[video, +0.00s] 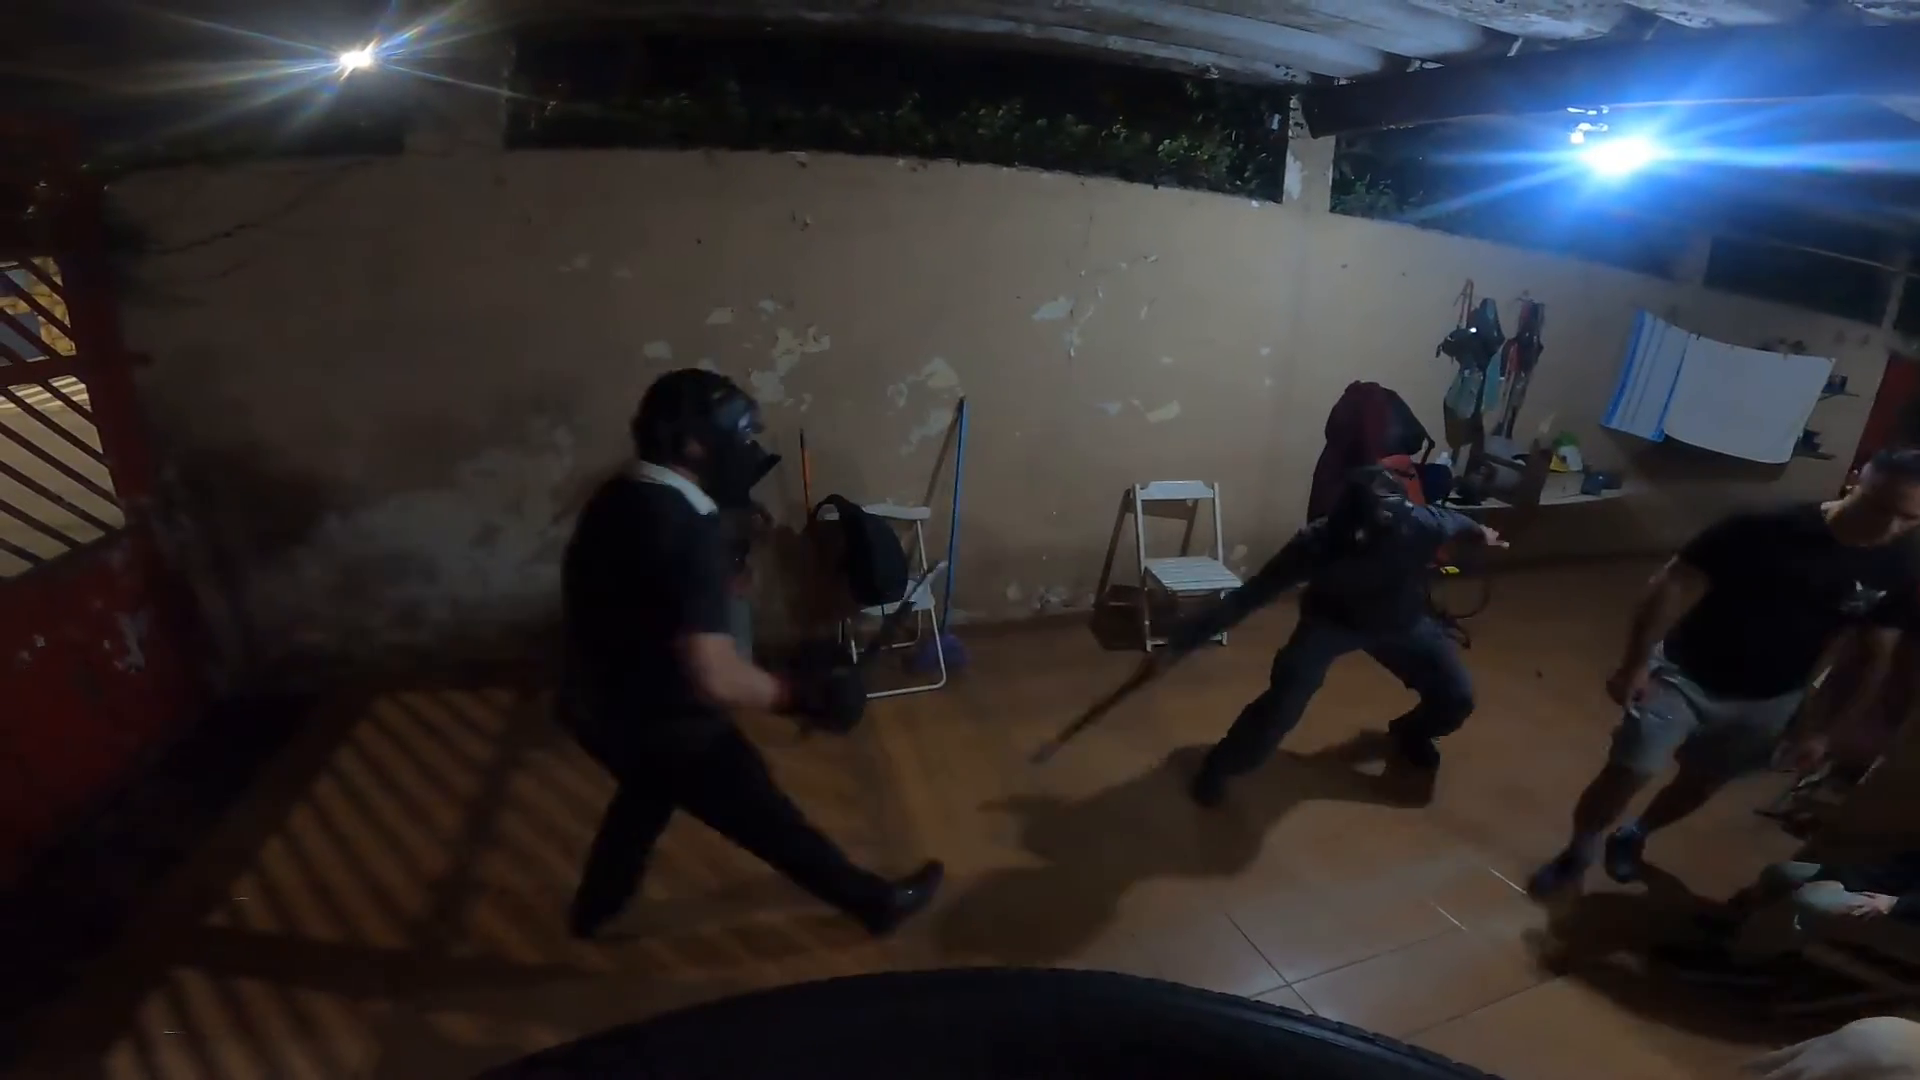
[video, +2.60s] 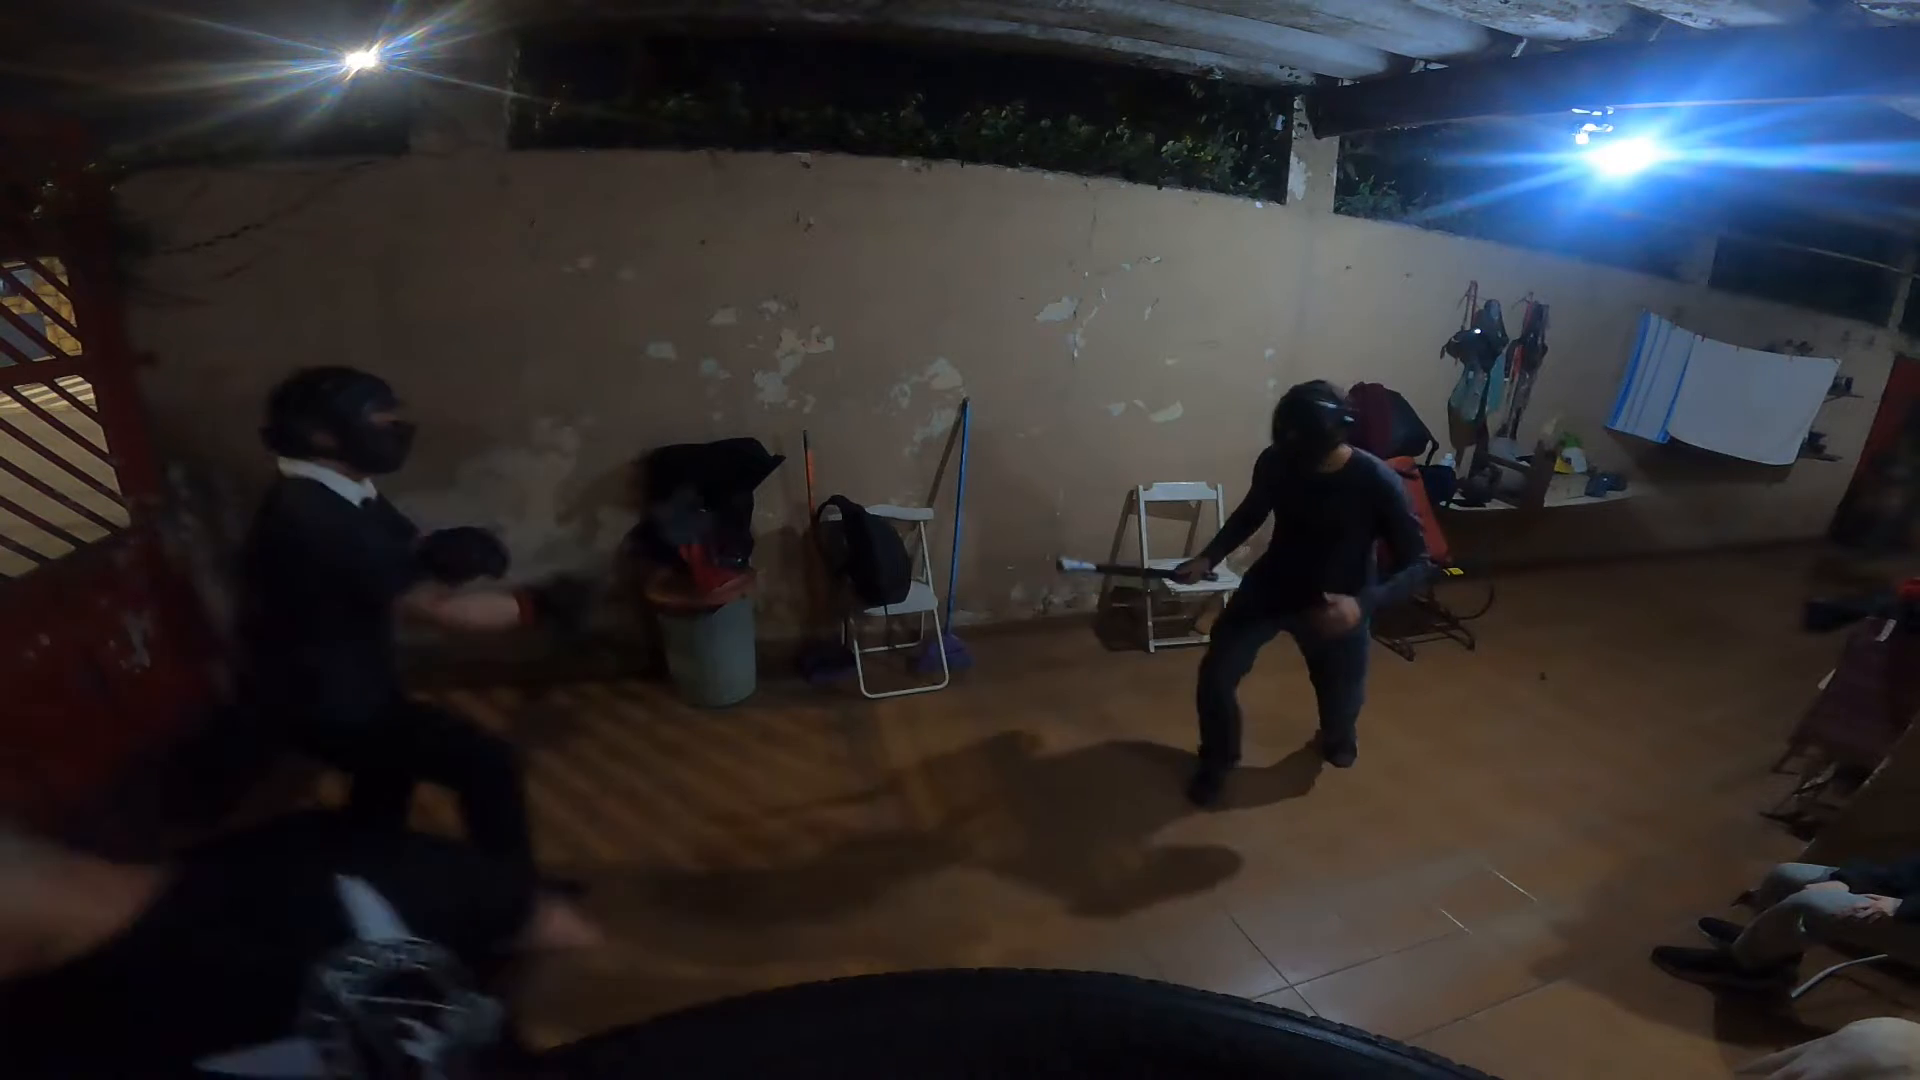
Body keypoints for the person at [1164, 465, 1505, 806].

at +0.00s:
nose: (1382, 534)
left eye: (1388, 522)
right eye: (1371, 527)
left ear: (1397, 517)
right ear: (1350, 523)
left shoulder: (1416, 525)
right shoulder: (1318, 541)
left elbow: (1455, 524)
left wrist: (1480, 533)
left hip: (1398, 622)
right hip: (1329, 624)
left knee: (1456, 697)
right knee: (1285, 703)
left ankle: (1411, 734)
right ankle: (1218, 770)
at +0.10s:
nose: (1395, 523)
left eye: (1402, 513)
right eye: (1386, 514)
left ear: (1411, 507)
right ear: (1363, 512)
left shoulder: (1431, 526)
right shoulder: (1327, 537)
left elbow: (1472, 551)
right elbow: (1285, 593)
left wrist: (1500, 585)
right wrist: (1248, 651)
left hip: (1405, 628)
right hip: (1336, 626)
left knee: (1450, 715)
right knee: (1287, 707)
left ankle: (1411, 743)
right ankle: (1218, 770)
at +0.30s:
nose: (1425, 491)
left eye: (1433, 481)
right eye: (1416, 481)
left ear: (1445, 474)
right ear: (1395, 474)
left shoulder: (1475, 514)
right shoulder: (1364, 507)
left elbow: (1517, 573)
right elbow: (1323, 563)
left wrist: (1521, 642)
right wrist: (1285, 614)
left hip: (1430, 626)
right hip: (1362, 619)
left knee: (1453, 723)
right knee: (1299, 699)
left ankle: (1413, 744)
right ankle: (1222, 771)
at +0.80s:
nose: (1407, 439)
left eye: (1419, 431)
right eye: (1406, 427)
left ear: (1450, 436)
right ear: (1401, 426)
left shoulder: (1488, 487)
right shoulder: (1370, 467)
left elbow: (1505, 564)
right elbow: (1334, 526)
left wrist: (1481, 627)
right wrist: (1293, 572)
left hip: (1424, 619)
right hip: (1355, 605)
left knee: (1438, 709)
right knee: (1296, 676)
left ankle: (1420, 736)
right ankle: (1233, 764)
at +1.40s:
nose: (1364, 467)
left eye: (1375, 459)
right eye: (1356, 456)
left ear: (1400, 445)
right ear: (1348, 441)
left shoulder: (1438, 487)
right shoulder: (1323, 474)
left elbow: (1468, 567)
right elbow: (1287, 532)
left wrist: (1433, 594)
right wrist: (1245, 584)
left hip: (1390, 611)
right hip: (1321, 601)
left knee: (1397, 707)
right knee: (1272, 680)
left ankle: (1391, 747)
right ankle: (1233, 762)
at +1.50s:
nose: (1354, 452)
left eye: (1365, 444)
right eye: (1353, 441)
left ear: (1401, 445)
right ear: (1353, 438)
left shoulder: (1442, 490)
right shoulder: (1330, 473)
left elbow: (1450, 571)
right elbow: (1297, 536)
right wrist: (1267, 593)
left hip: (1393, 612)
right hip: (1324, 599)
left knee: (1396, 705)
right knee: (1273, 677)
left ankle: (1391, 747)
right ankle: (1234, 760)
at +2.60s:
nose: (1296, 460)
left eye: (1304, 452)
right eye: (1291, 450)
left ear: (1329, 440)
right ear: (1288, 440)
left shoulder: (1377, 482)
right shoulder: (1276, 463)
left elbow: (1417, 566)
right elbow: (1250, 514)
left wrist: (1362, 604)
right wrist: (1206, 560)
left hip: (1339, 598)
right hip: (1274, 585)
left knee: (1341, 701)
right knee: (1216, 675)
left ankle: (1338, 741)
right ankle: (1216, 760)